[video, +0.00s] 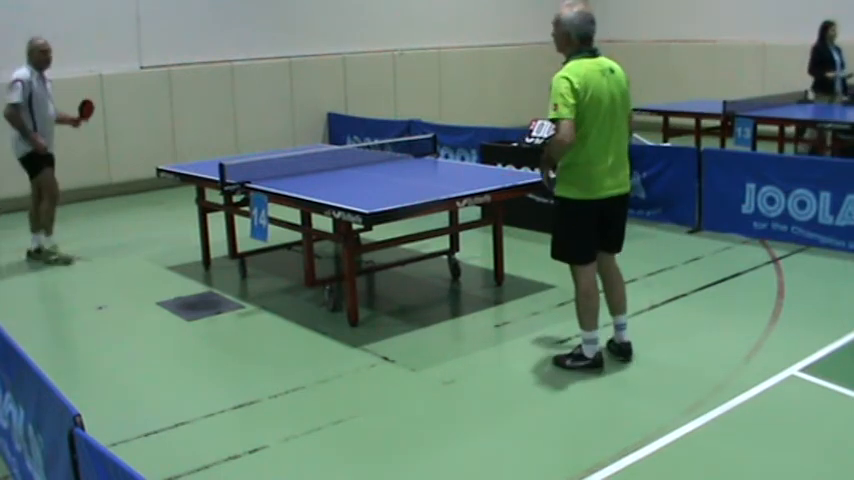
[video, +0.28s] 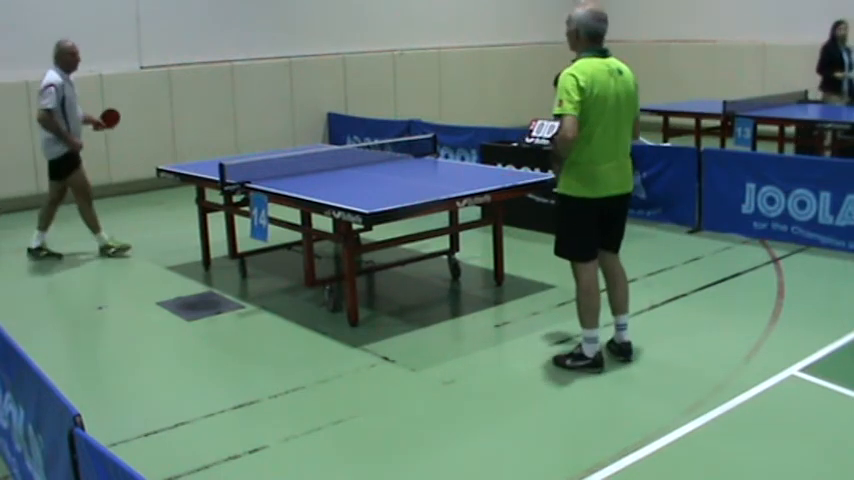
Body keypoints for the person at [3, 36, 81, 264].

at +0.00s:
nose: (48, 56)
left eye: (49, 52)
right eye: (43, 52)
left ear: (50, 55)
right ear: (30, 55)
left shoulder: (44, 79)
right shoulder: (22, 78)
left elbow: (48, 113)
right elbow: (11, 112)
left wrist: (71, 119)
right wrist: (33, 137)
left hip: (43, 146)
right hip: (30, 148)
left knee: (38, 195)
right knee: (51, 192)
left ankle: (36, 246)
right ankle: (47, 245)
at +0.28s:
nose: (77, 59)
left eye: (77, 55)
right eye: (73, 55)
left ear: (70, 58)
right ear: (60, 58)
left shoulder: (65, 80)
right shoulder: (52, 83)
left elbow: (69, 114)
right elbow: (45, 117)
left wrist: (90, 120)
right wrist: (69, 140)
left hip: (63, 149)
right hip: (61, 151)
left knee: (55, 197)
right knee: (84, 192)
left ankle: (38, 243)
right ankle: (104, 242)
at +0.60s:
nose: (113, 54)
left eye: (112, 50)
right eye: (109, 50)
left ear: (100, 53)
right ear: (97, 53)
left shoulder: (97, 75)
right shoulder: (90, 79)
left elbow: (99, 113)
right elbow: (89, 114)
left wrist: (117, 130)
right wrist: (116, 136)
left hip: (99, 143)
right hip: (92, 145)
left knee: (114, 184)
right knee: (105, 189)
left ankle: (84, 224)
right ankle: (108, 241)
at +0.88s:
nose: (138, 52)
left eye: (137, 48)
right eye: (134, 49)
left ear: (124, 52)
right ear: (122, 52)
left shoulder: (123, 74)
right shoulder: (115, 78)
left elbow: (125, 111)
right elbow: (114, 113)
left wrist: (145, 123)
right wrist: (142, 135)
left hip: (126, 143)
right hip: (117, 146)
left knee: (146, 185)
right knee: (117, 191)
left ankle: (162, 232)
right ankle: (109, 242)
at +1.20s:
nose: (171, 48)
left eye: (170, 44)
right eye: (166, 45)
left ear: (158, 48)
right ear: (155, 48)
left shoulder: (157, 70)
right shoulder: (146, 72)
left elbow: (162, 105)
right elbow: (139, 106)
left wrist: (180, 121)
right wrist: (159, 136)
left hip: (161, 140)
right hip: (150, 142)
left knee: (166, 186)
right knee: (163, 185)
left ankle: (175, 232)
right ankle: (129, 226)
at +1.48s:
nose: (193, 46)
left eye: (192, 42)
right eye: (189, 43)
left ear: (179, 46)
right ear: (177, 46)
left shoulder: (178, 68)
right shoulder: (170, 69)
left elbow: (180, 102)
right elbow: (162, 103)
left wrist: (199, 115)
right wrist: (183, 128)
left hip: (179, 135)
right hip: (174, 137)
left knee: (177, 182)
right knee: (194, 181)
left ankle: (175, 230)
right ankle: (199, 232)